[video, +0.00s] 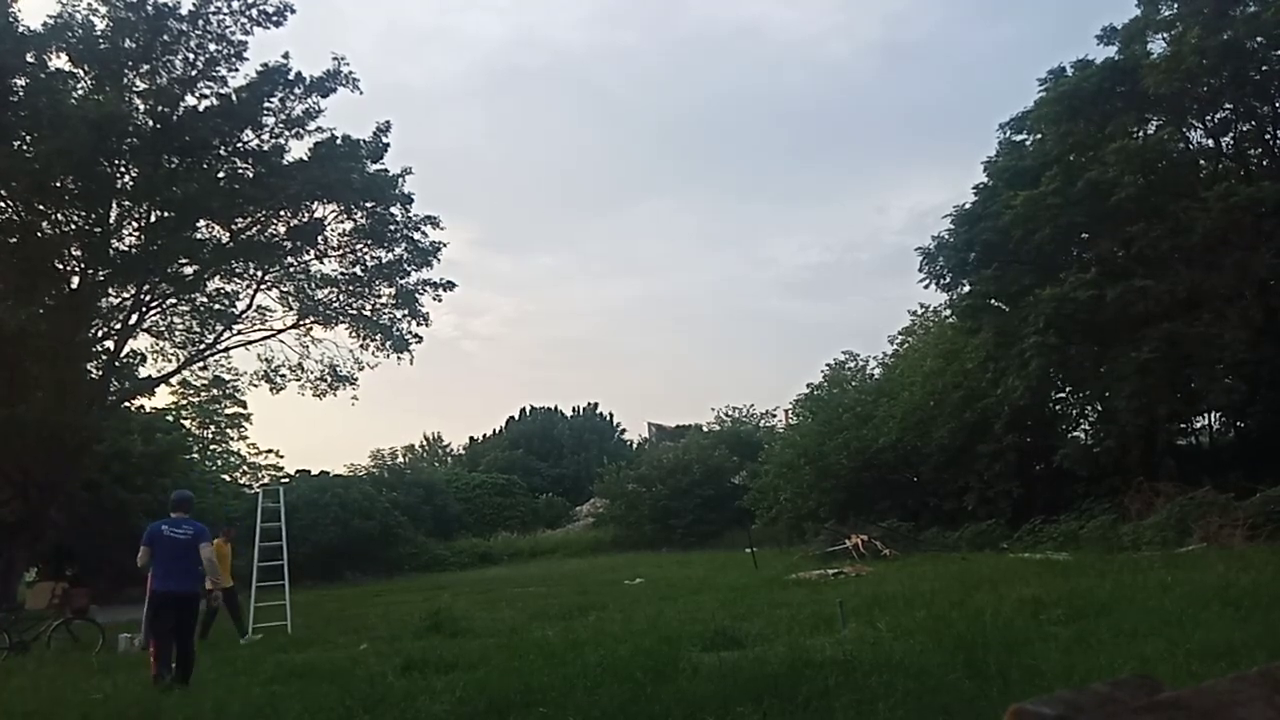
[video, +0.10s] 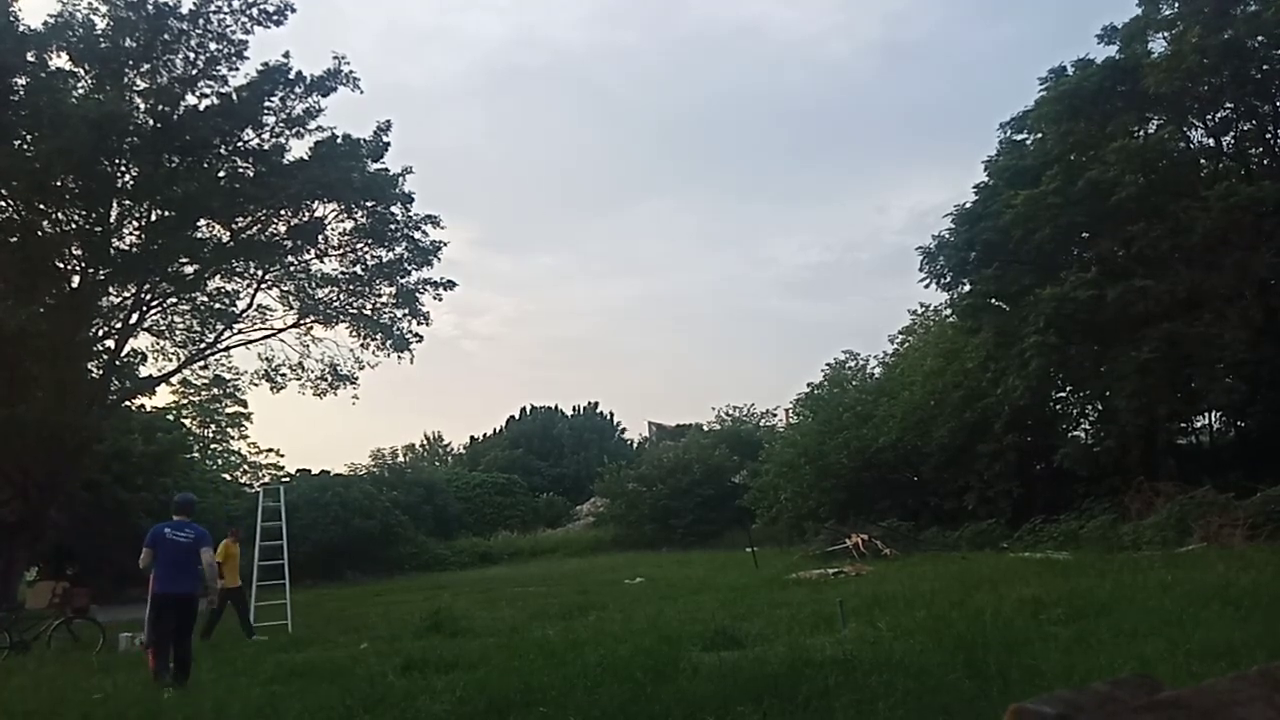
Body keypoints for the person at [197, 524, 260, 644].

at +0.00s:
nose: (233, 534)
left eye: (233, 532)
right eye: (231, 532)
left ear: (230, 533)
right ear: (225, 532)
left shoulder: (228, 545)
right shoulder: (215, 546)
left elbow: (226, 563)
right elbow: (210, 564)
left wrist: (228, 579)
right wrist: (211, 585)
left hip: (228, 584)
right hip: (215, 586)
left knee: (235, 611)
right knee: (210, 613)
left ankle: (244, 635)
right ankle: (202, 639)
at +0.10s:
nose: (238, 537)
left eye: (239, 534)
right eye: (237, 534)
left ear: (238, 535)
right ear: (231, 534)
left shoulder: (236, 545)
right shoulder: (224, 544)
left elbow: (234, 562)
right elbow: (218, 561)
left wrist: (236, 578)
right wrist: (220, 578)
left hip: (236, 585)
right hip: (225, 586)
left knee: (243, 611)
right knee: (217, 612)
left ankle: (250, 634)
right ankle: (205, 636)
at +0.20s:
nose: (251, 537)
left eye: (252, 534)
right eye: (250, 534)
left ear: (248, 535)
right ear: (243, 534)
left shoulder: (246, 547)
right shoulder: (234, 545)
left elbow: (243, 566)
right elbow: (224, 563)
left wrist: (247, 582)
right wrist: (226, 581)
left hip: (245, 587)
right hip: (234, 588)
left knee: (249, 615)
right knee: (225, 615)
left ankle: (251, 638)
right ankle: (205, 638)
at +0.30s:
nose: (259, 536)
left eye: (259, 534)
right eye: (257, 533)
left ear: (254, 534)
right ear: (252, 533)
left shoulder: (253, 545)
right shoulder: (242, 544)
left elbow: (251, 564)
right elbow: (233, 562)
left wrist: (254, 580)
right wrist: (233, 582)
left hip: (253, 585)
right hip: (244, 586)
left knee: (253, 614)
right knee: (242, 612)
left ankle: (253, 637)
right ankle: (218, 632)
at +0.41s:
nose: (264, 534)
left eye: (265, 532)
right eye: (263, 531)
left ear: (264, 532)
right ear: (257, 531)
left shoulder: (260, 544)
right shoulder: (249, 542)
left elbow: (259, 563)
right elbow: (241, 561)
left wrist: (262, 577)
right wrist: (241, 579)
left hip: (259, 582)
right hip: (251, 582)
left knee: (257, 610)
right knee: (255, 609)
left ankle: (254, 636)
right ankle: (236, 629)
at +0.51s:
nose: (276, 535)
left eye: (276, 532)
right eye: (275, 532)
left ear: (268, 533)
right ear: (268, 531)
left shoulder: (268, 545)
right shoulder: (256, 543)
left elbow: (270, 563)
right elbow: (247, 561)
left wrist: (283, 570)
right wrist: (250, 580)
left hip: (264, 581)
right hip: (257, 582)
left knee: (260, 607)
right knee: (270, 602)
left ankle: (257, 631)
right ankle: (258, 631)